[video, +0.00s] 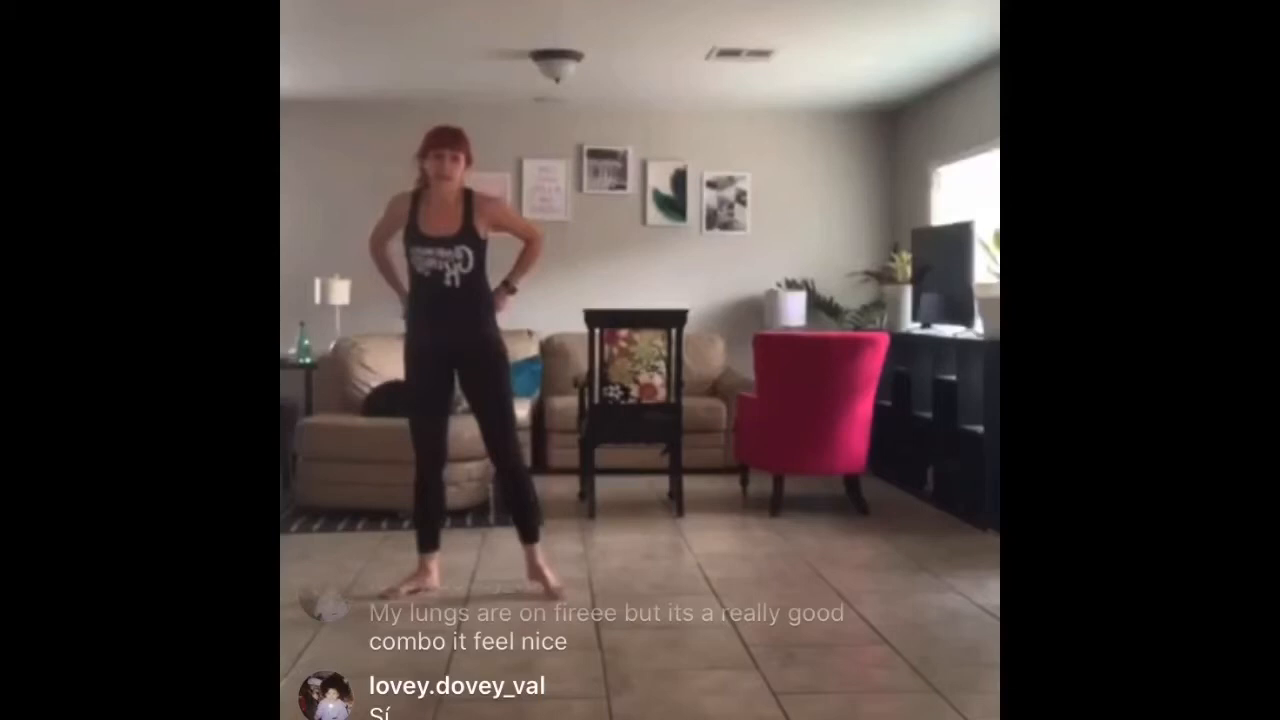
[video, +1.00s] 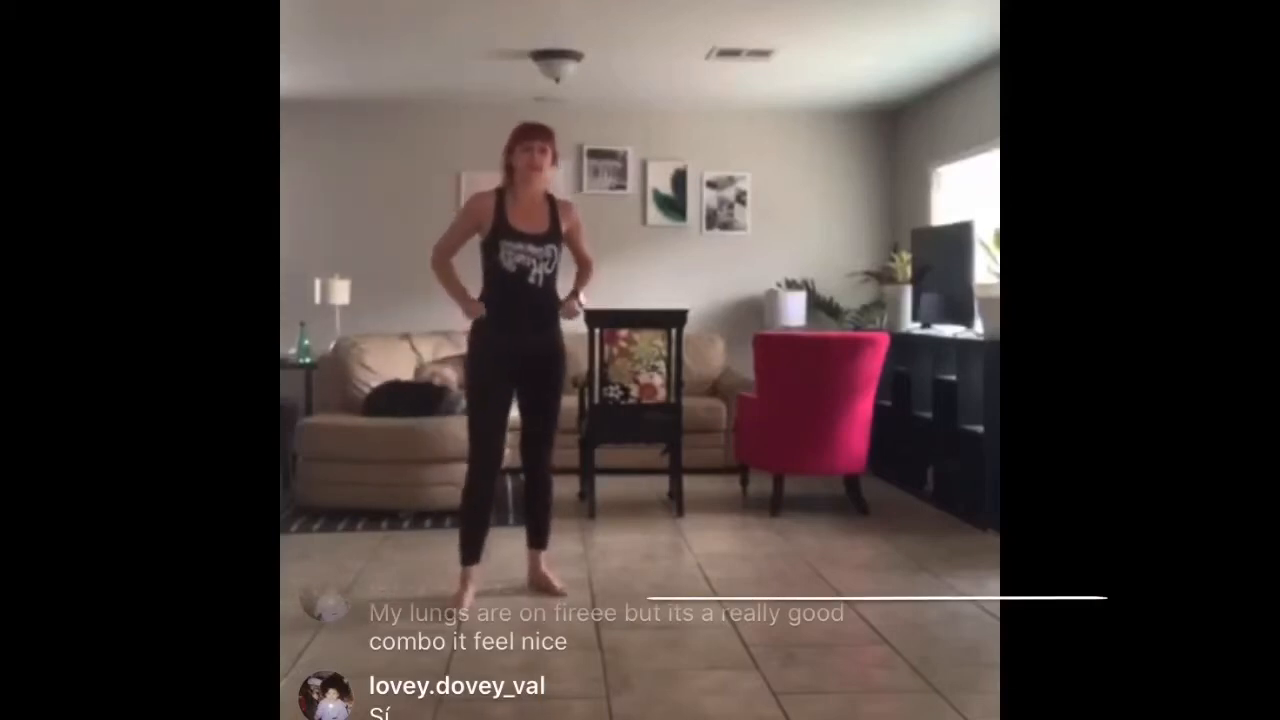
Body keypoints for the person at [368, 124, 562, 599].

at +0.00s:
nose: (445, 165)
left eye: (453, 158)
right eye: (437, 157)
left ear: (467, 166)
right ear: (422, 162)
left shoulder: (485, 208)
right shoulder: (405, 205)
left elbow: (534, 238)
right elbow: (377, 245)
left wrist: (509, 287)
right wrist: (405, 293)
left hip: (476, 335)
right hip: (425, 335)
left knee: (505, 449)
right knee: (428, 456)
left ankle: (535, 558)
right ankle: (428, 568)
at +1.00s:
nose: (534, 158)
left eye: (541, 152)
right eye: (526, 150)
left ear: (553, 163)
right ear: (510, 158)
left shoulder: (564, 214)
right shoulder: (485, 205)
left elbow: (586, 264)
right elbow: (441, 257)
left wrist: (574, 299)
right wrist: (466, 302)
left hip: (544, 339)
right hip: (494, 338)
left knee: (538, 459)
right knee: (484, 461)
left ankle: (539, 564)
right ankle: (468, 579)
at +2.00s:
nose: (504, 145)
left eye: (513, 139)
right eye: (496, 137)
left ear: (525, 151)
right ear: (480, 147)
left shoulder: (543, 203)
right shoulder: (457, 198)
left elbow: (581, 251)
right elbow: (422, 249)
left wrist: (573, 310)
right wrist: (438, 313)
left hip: (530, 336)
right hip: (473, 334)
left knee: (528, 464)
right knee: (475, 465)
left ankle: (525, 581)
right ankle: (467, 578)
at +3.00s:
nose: (519, 139)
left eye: (529, 134)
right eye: (511, 131)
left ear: (542, 149)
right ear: (495, 141)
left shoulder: (555, 209)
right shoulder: (466, 201)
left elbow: (570, 293)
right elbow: (446, 284)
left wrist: (543, 249)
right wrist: (472, 236)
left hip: (535, 347)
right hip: (479, 346)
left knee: (529, 469)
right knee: (485, 469)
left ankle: (525, 583)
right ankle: (485, 584)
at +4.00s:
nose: (491, 160)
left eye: (499, 153)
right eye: (482, 153)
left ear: (512, 166)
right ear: (463, 165)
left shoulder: (526, 217)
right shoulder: (444, 217)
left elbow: (584, 177)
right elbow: (425, 162)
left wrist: (550, 118)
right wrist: (456, 98)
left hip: (513, 362)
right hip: (455, 361)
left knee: (516, 479)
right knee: (450, 479)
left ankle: (503, 593)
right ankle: (477, 586)